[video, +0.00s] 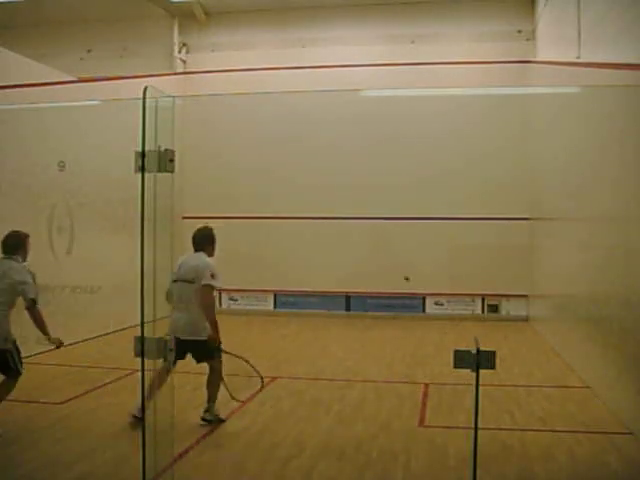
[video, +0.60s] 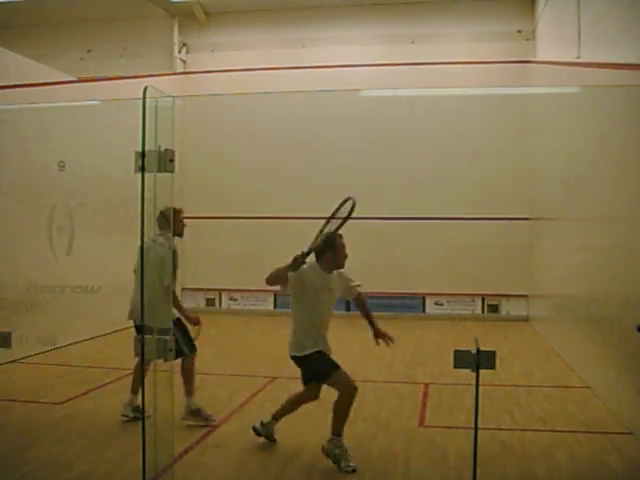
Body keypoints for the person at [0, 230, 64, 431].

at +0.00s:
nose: (28, 251)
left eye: (27, 247)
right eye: (26, 247)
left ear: (6, 247)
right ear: (20, 249)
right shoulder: (21, 273)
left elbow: (31, 308)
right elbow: (32, 307)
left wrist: (48, 336)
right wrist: (48, 336)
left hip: (4, 334)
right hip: (3, 335)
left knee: (13, 371)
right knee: (13, 371)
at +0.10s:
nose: (59, 246)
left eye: (58, 242)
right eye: (57, 242)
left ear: (34, 241)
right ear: (52, 243)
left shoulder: (13, 259)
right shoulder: (49, 265)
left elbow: (2, 282)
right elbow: (58, 302)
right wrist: (69, 328)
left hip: (1, 322)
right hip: (18, 326)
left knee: (10, 373)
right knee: (18, 376)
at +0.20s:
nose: (87, 235)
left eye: (87, 231)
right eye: (86, 231)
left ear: (65, 230)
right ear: (78, 231)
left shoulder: (41, 250)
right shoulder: (79, 254)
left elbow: (20, 281)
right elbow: (86, 288)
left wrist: (12, 312)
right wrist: (89, 309)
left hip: (31, 315)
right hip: (52, 318)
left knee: (55, 357)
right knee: (36, 367)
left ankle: (58, 403)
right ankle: (5, 403)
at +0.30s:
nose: (113, 232)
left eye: (112, 227)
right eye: (111, 228)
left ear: (90, 229)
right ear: (102, 229)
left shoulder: (71, 251)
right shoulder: (105, 251)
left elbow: (51, 283)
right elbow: (111, 283)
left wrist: (48, 312)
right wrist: (114, 303)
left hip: (70, 315)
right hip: (86, 317)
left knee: (98, 355)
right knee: (70, 366)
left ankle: (116, 401)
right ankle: (25, 403)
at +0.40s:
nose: (137, 235)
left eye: (136, 230)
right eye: (134, 230)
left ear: (114, 234)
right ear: (125, 233)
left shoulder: (98, 257)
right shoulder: (127, 258)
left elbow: (82, 292)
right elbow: (134, 296)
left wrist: (82, 321)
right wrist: (147, 314)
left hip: (100, 322)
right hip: (116, 324)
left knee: (130, 362)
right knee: (114, 374)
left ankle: (129, 407)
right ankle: (76, 397)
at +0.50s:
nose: (162, 230)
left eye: (160, 225)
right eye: (159, 226)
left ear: (138, 230)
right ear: (150, 229)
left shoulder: (123, 252)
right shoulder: (149, 253)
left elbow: (113, 285)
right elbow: (150, 291)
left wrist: (118, 311)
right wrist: (167, 315)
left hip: (122, 322)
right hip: (140, 322)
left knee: (139, 361)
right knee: (165, 357)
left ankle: (132, 404)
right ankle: (133, 398)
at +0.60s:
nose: (184, 224)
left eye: (182, 220)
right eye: (180, 220)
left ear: (162, 223)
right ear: (169, 223)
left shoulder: (147, 245)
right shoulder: (168, 249)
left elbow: (137, 274)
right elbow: (169, 289)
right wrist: (188, 315)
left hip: (141, 314)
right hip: (162, 316)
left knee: (145, 358)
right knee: (189, 352)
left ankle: (131, 403)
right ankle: (191, 405)